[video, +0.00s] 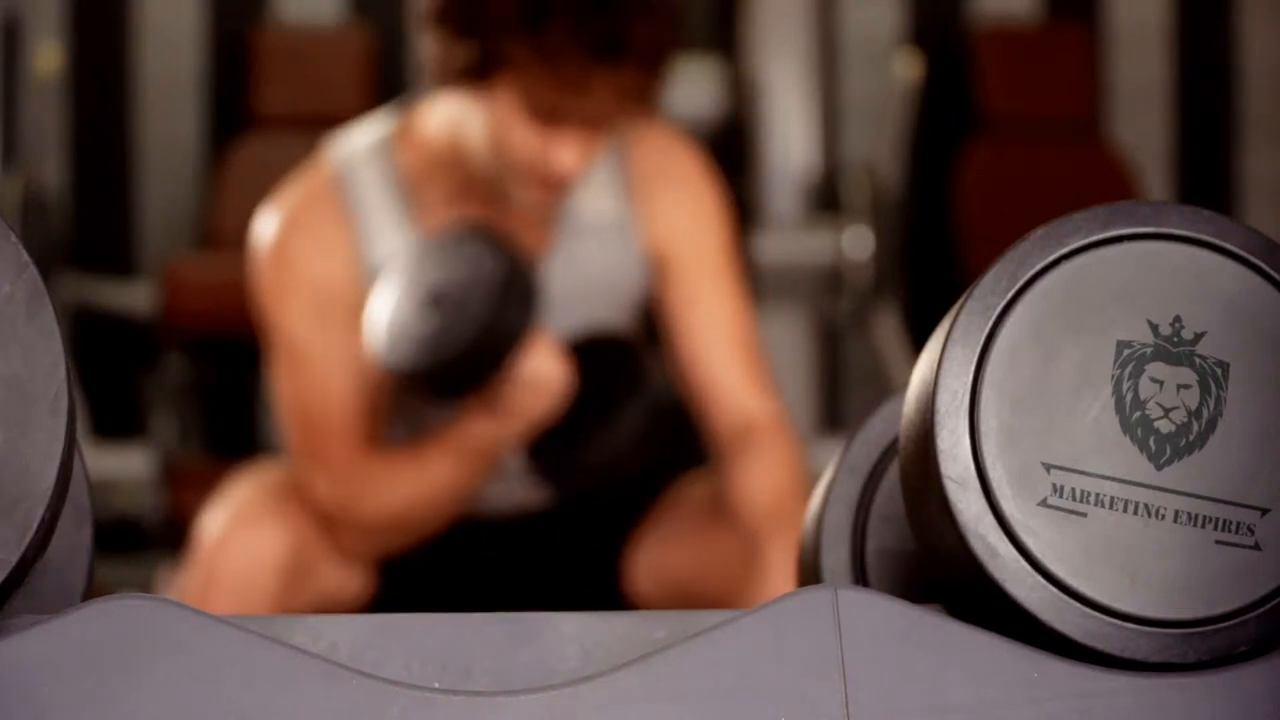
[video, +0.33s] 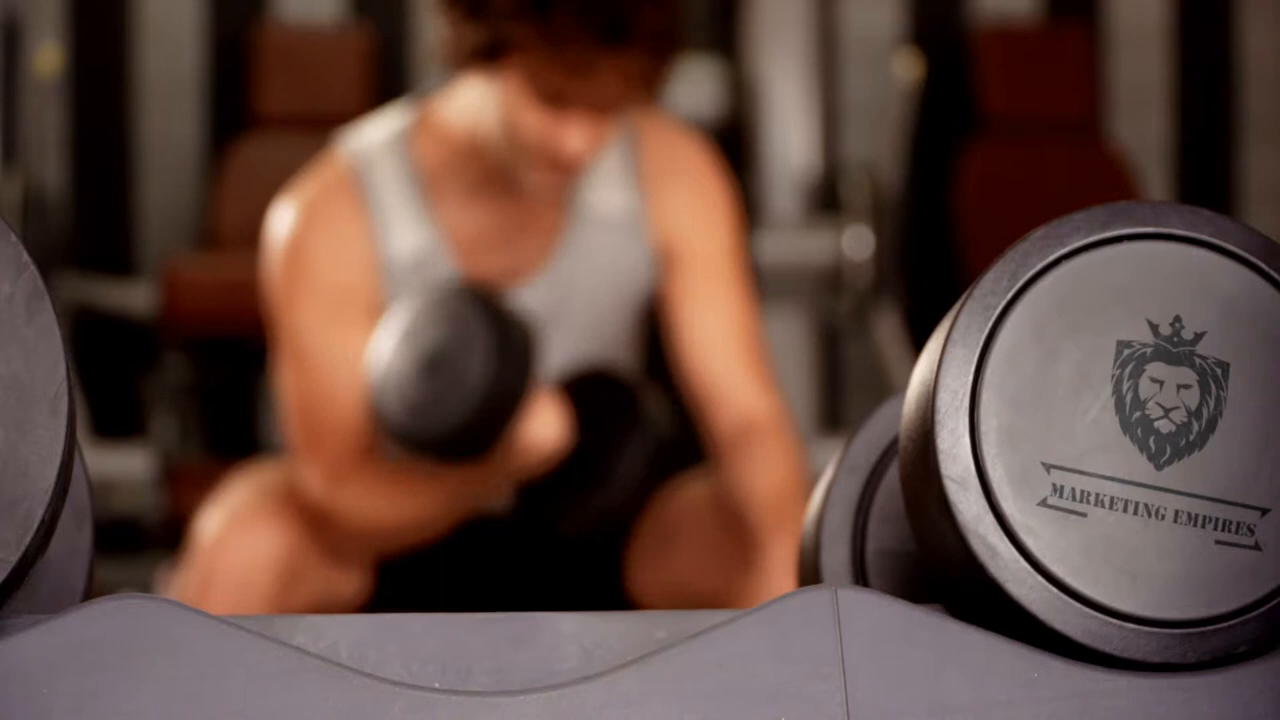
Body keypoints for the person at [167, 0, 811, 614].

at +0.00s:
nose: (570, 156)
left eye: (602, 122)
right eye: (544, 116)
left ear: (633, 100)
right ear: (473, 71)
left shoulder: (661, 172)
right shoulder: (312, 221)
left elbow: (748, 426)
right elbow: (354, 515)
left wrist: (786, 588)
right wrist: (503, 420)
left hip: (597, 523)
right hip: (401, 538)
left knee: (788, 542)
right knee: (249, 533)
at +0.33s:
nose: (578, 143)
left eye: (609, 109)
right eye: (554, 101)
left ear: (642, 87)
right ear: (487, 52)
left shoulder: (671, 168)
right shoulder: (330, 212)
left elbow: (747, 419)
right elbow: (343, 498)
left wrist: (787, 586)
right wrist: (498, 465)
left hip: (599, 522)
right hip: (401, 530)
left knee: (776, 540)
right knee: (246, 537)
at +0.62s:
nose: (583, 137)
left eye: (615, 105)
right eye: (559, 96)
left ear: (655, 85)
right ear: (495, 47)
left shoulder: (687, 169)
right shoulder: (356, 216)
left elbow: (749, 424)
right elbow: (343, 512)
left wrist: (774, 575)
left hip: (606, 513)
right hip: (418, 522)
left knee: (793, 538)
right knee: (238, 532)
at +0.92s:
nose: (587, 150)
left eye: (619, 118)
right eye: (562, 108)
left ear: (661, 98)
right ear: (500, 57)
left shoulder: (692, 171)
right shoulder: (376, 225)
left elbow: (752, 430)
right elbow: (349, 530)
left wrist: (770, 580)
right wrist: (400, 706)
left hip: (601, 524)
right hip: (418, 531)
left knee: (783, 534)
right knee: (243, 533)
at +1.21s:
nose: (587, 152)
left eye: (619, 120)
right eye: (561, 110)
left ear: (660, 100)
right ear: (499, 61)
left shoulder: (689, 171)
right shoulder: (377, 230)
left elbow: (750, 428)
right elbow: (358, 532)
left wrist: (767, 582)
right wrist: (379, 709)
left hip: (597, 523)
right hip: (415, 532)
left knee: (776, 536)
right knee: (245, 537)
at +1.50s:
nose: (587, 172)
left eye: (621, 139)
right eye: (563, 127)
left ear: (665, 124)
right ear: (506, 87)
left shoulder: (690, 178)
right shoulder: (381, 238)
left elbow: (742, 435)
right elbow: (344, 537)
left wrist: (741, 572)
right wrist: (351, 712)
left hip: (591, 527)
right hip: (408, 535)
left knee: (764, 540)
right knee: (233, 531)